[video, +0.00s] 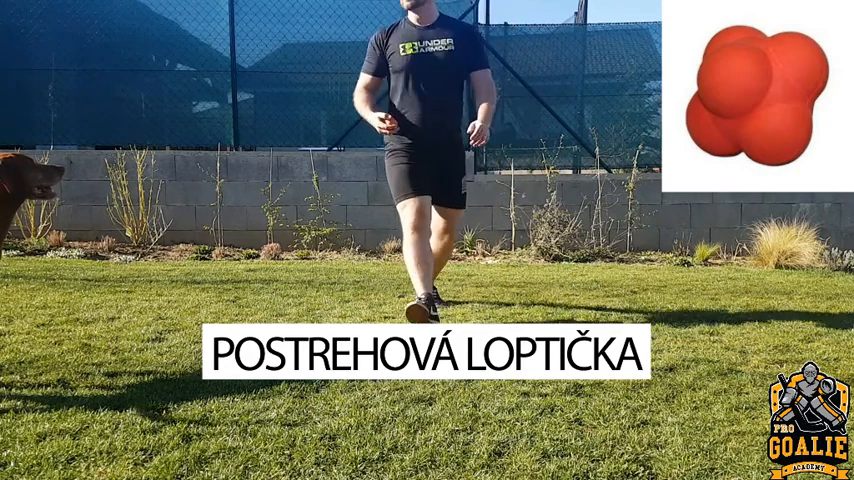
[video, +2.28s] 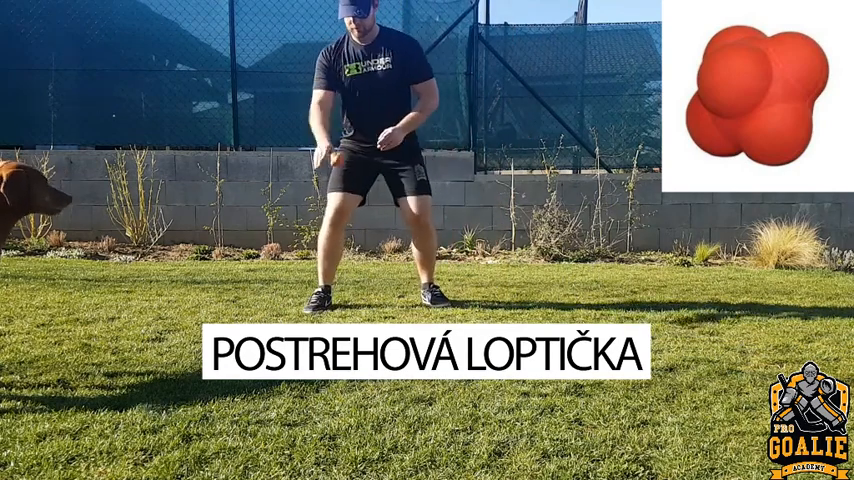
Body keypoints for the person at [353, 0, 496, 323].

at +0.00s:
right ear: (400, 0)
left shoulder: (464, 33)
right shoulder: (384, 38)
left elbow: (485, 88)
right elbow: (362, 92)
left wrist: (483, 120)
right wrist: (372, 115)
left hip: (448, 142)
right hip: (404, 141)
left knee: (445, 233)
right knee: (414, 220)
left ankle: (425, 286)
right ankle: (425, 299)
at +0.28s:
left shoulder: (450, 30)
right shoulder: (375, 30)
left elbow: (467, 83)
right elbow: (352, 82)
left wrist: (479, 130)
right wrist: (370, 93)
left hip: (432, 132)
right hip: (390, 131)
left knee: (434, 214)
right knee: (384, 204)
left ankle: (423, 286)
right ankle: (376, 284)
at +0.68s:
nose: (366, 7)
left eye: (371, 1)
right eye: (359, 2)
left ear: (382, 2)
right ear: (352, 4)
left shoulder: (411, 35)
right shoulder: (336, 40)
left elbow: (431, 88)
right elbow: (321, 94)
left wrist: (437, 135)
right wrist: (342, 59)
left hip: (401, 141)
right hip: (354, 140)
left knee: (416, 213)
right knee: (338, 212)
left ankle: (424, 285)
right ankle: (323, 290)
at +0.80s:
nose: (360, 9)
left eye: (366, 3)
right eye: (354, 4)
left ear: (377, 2)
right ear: (345, 5)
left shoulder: (407, 35)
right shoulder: (331, 43)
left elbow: (424, 86)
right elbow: (317, 97)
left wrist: (421, 120)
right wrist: (338, 98)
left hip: (398, 138)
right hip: (351, 140)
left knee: (416, 210)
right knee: (335, 212)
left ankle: (428, 285)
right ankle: (323, 290)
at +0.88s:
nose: (361, 11)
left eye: (367, 4)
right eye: (354, 6)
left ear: (378, 3)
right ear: (346, 7)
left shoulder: (407, 36)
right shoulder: (334, 45)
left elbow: (425, 88)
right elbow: (324, 100)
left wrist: (412, 115)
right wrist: (330, 145)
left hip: (399, 138)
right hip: (352, 140)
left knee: (416, 210)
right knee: (337, 211)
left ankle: (429, 285)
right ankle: (323, 290)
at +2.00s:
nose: (345, 20)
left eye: (351, 12)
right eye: (339, 14)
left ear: (364, 7)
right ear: (332, 13)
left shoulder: (393, 42)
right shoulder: (318, 50)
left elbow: (413, 97)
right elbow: (304, 106)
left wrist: (379, 117)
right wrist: (324, 94)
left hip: (389, 142)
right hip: (344, 144)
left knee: (412, 212)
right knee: (327, 211)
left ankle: (428, 285)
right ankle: (322, 290)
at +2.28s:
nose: (355, 22)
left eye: (361, 15)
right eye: (349, 17)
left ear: (375, 9)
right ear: (342, 16)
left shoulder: (405, 46)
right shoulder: (331, 55)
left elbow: (430, 98)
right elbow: (319, 105)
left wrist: (402, 129)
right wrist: (323, 140)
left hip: (401, 145)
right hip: (355, 145)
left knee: (419, 212)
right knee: (336, 210)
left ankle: (429, 286)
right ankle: (324, 290)